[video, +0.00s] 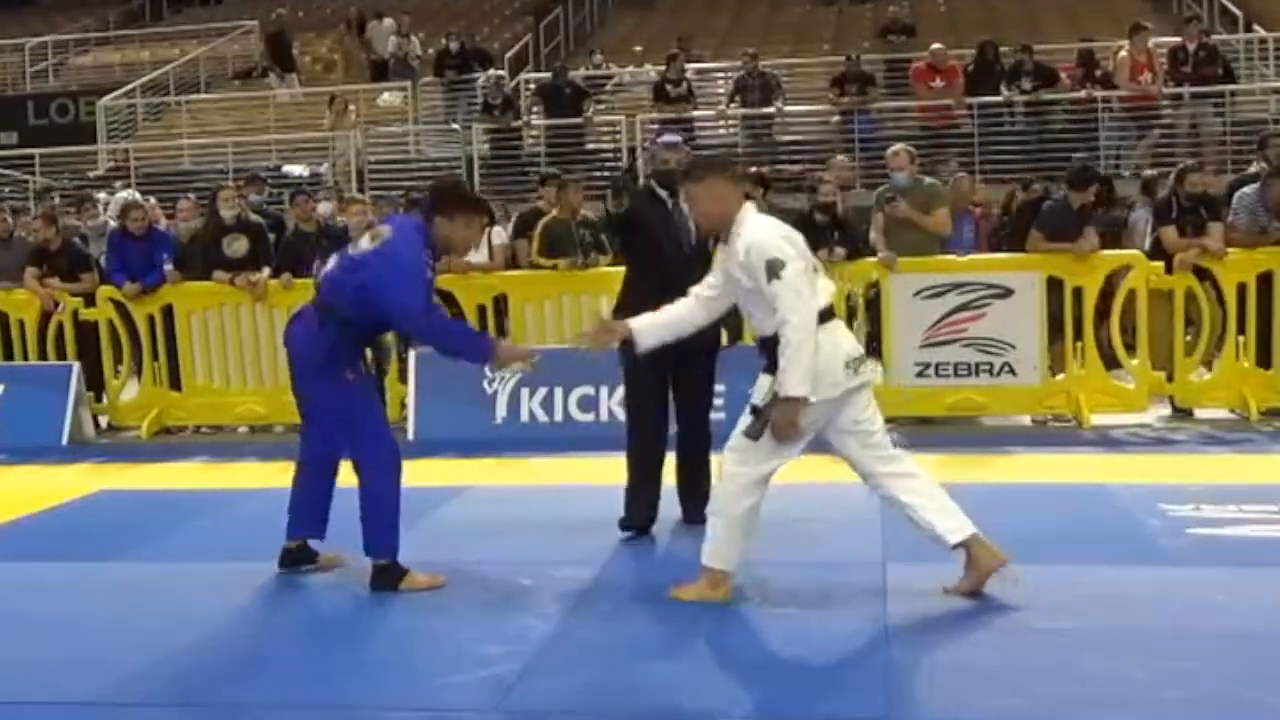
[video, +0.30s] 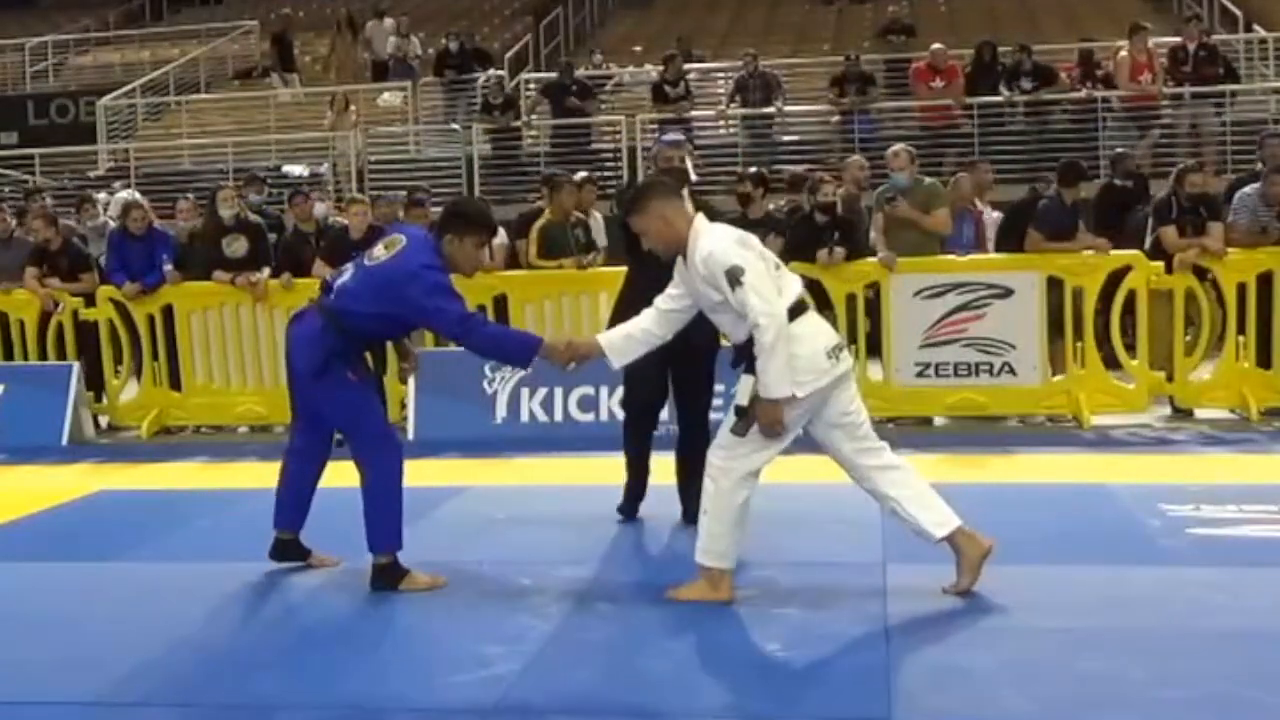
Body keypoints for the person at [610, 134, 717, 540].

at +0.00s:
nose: (669, 163)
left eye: (677, 155)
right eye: (662, 156)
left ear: (689, 161)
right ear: (650, 162)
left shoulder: (706, 205)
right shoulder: (636, 208)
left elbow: (726, 260)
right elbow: (626, 251)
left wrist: (728, 316)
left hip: (698, 320)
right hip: (645, 319)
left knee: (695, 422)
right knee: (646, 424)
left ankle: (695, 508)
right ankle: (639, 516)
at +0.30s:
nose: (673, 166)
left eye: (680, 159)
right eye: (666, 159)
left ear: (690, 163)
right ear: (652, 162)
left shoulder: (702, 207)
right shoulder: (632, 203)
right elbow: (628, 255)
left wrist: (723, 323)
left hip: (697, 317)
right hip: (643, 312)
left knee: (695, 418)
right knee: (639, 411)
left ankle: (693, 503)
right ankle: (634, 487)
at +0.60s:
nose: (650, 169)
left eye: (656, 162)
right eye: (643, 163)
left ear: (668, 165)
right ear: (631, 167)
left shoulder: (688, 202)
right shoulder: (622, 204)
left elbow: (707, 252)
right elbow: (614, 216)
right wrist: (618, 194)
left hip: (689, 321)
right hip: (636, 323)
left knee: (689, 416)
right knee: (639, 415)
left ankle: (692, 496)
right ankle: (643, 490)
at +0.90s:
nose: (636, 169)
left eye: (642, 162)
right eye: (629, 163)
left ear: (654, 166)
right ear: (618, 169)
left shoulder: (676, 205)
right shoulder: (601, 214)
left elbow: (694, 263)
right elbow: (588, 264)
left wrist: (707, 316)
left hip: (679, 324)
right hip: (630, 327)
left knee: (686, 412)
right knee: (636, 415)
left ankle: (694, 492)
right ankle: (641, 493)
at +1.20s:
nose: (633, 172)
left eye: (639, 165)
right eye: (626, 166)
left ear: (653, 166)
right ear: (616, 171)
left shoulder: (681, 205)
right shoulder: (602, 216)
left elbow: (703, 265)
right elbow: (594, 270)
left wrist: (714, 318)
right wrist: (589, 316)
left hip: (682, 322)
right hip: (631, 325)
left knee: (695, 401)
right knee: (637, 410)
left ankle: (695, 469)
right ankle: (641, 490)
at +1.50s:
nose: (646, 171)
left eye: (653, 165)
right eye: (642, 165)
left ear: (671, 168)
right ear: (636, 170)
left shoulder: (700, 212)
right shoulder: (625, 216)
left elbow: (717, 271)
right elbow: (616, 273)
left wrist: (720, 319)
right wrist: (600, 322)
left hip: (689, 328)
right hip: (641, 328)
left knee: (691, 411)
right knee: (643, 413)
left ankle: (692, 485)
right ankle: (641, 492)